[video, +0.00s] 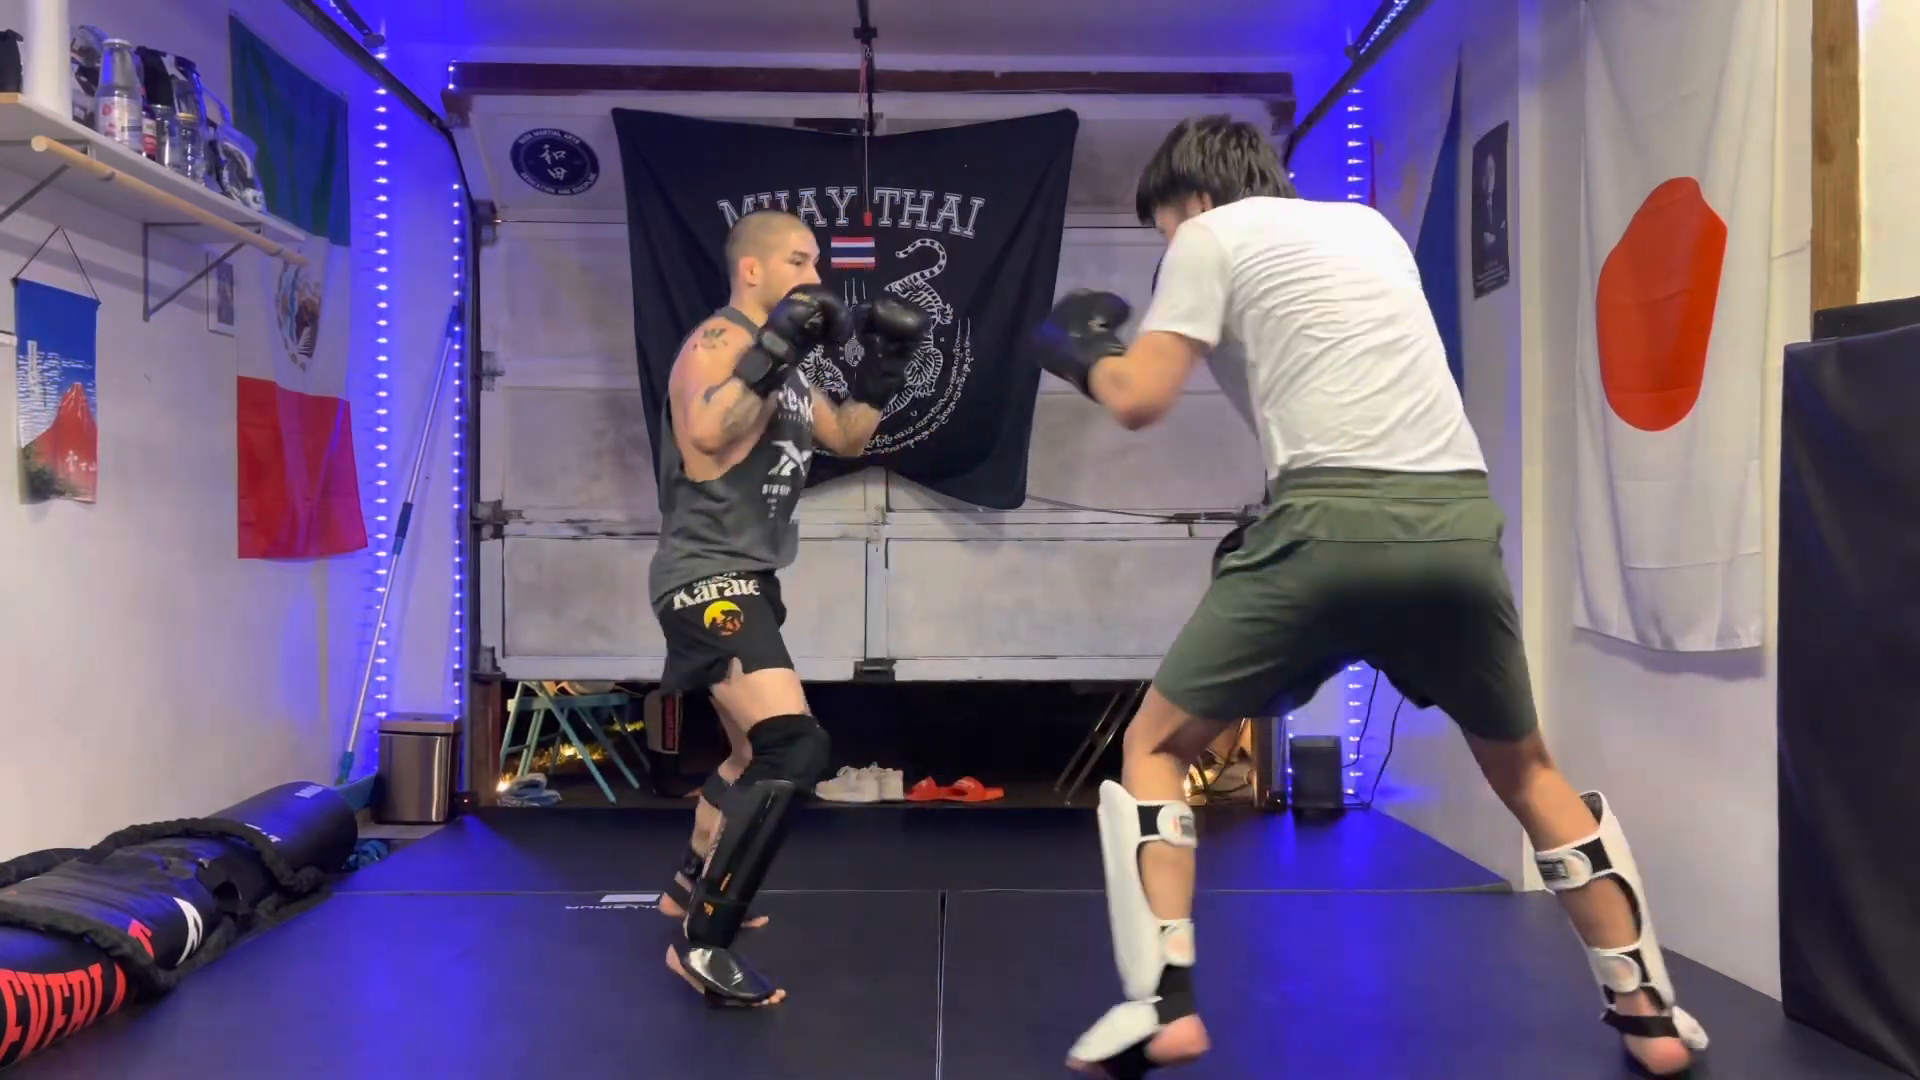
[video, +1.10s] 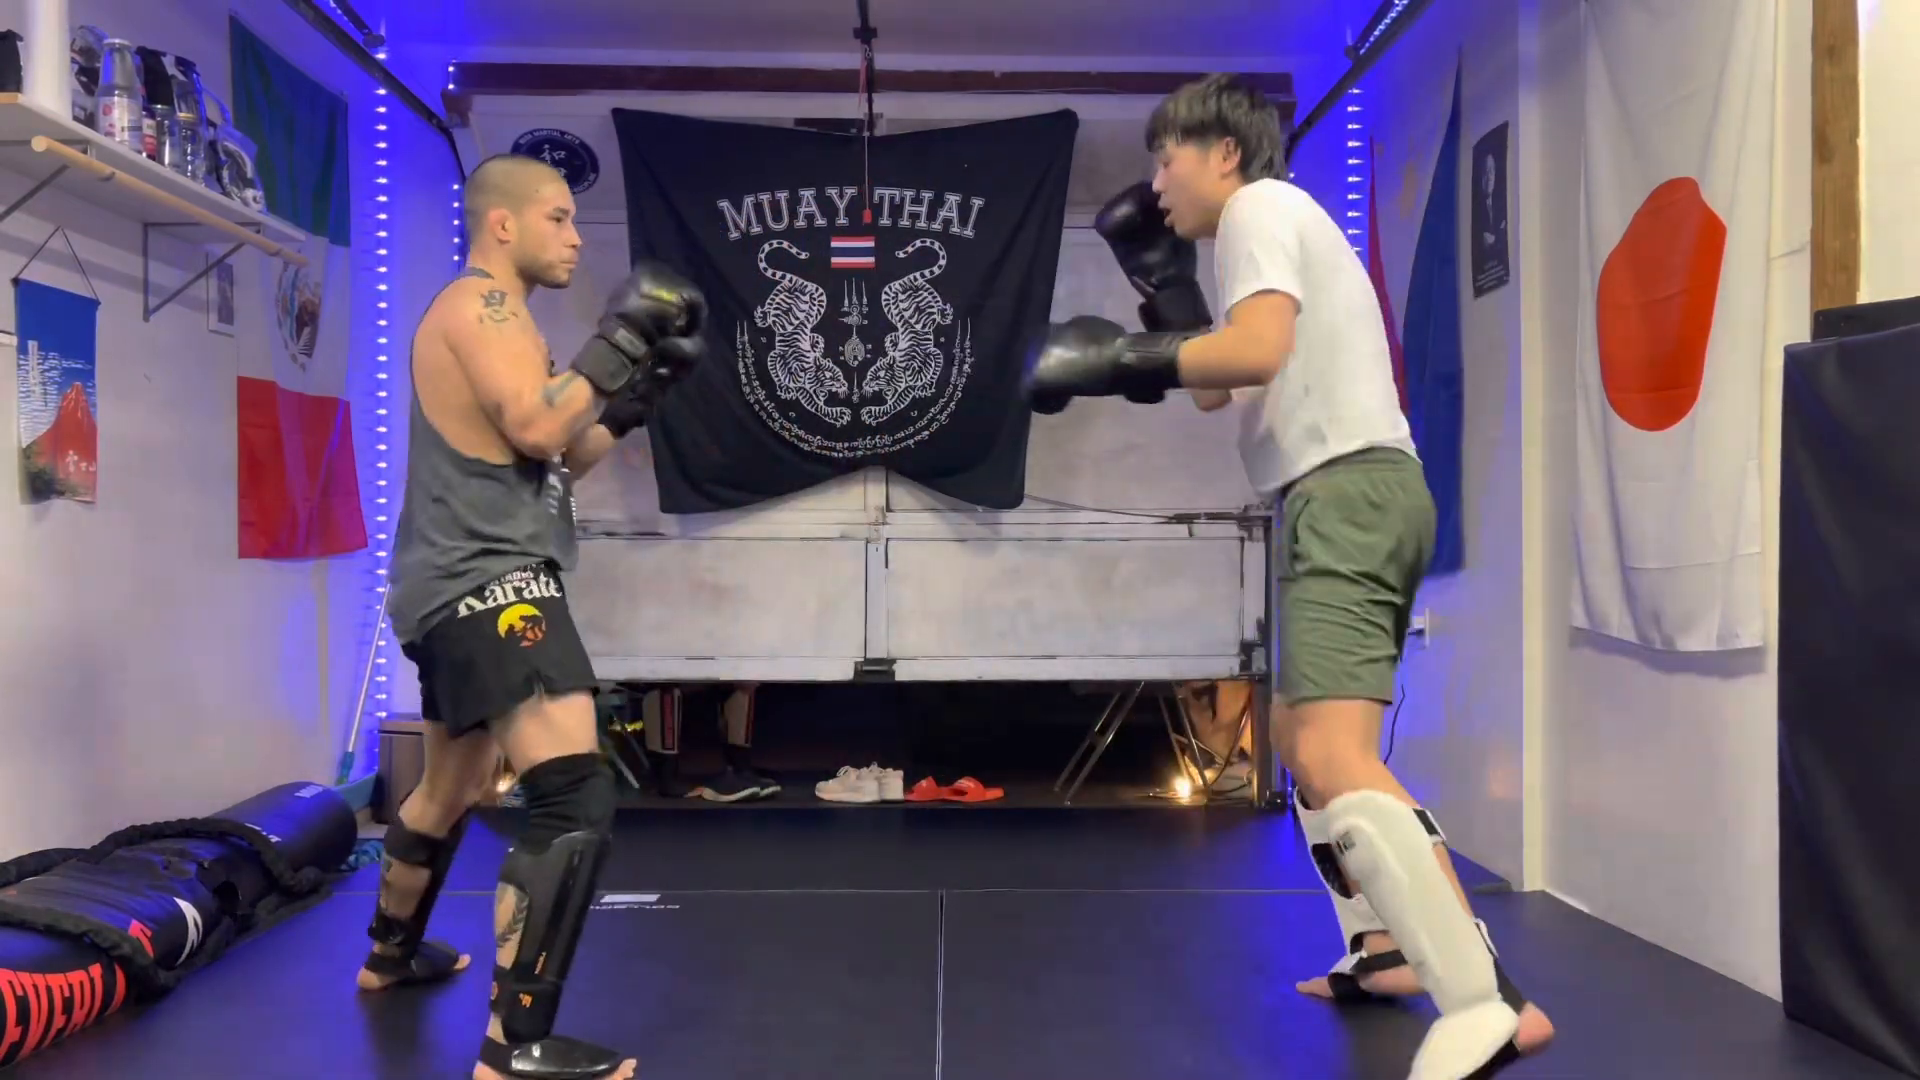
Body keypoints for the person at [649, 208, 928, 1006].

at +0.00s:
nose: (814, 275)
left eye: (816, 263)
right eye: (800, 261)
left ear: (803, 274)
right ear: (749, 269)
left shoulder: (782, 352)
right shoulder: (715, 343)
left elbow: (847, 435)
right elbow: (705, 440)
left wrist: (887, 363)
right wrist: (775, 352)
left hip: (741, 576)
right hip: (710, 576)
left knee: (754, 751)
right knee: (795, 747)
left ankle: (696, 881)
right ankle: (706, 943)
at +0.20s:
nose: (779, 281)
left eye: (779, 267)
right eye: (764, 265)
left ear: (723, 277)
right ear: (711, 272)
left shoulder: (722, 351)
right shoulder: (690, 340)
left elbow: (772, 453)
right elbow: (734, 417)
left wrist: (825, 386)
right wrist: (804, 327)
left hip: (674, 590)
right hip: (686, 591)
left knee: (701, 766)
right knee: (771, 773)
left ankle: (691, 900)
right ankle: (690, 967)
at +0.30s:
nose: (759, 286)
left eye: (756, 271)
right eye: (742, 269)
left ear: (686, 284)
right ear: (690, 278)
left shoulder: (666, 359)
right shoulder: (689, 343)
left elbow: (714, 451)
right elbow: (792, 336)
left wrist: (760, 417)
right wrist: (910, 284)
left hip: (613, 603)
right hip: (653, 605)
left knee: (667, 767)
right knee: (732, 802)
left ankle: (650, 906)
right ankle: (666, 1015)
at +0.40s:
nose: (734, 280)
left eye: (732, 265)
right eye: (720, 262)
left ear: (661, 276)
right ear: (666, 271)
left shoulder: (634, 354)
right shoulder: (663, 338)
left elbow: (693, 458)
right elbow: (755, 355)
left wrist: (746, 395)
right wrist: (866, 304)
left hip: (572, 609)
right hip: (617, 608)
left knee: (621, 762)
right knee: (714, 793)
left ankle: (540, 910)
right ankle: (663, 1019)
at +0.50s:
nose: (703, 271)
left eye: (702, 257)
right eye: (688, 255)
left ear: (634, 269)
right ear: (634, 260)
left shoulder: (628, 351)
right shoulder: (607, 336)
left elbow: (699, 447)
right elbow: (634, 418)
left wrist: (748, 370)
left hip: (539, 596)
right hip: (565, 595)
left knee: (550, 776)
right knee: (662, 789)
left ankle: (424, 913)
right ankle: (658, 1014)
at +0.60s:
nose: (664, 280)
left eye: (664, 266)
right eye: (649, 264)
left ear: (607, 277)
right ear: (593, 272)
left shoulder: (606, 369)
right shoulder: (553, 352)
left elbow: (682, 458)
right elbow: (508, 471)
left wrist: (730, 377)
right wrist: (618, 449)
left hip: (498, 602)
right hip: (517, 597)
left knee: (503, 791)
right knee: (621, 785)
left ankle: (397, 945)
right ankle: (653, 1009)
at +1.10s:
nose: (575, 236)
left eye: (573, 220)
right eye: (558, 219)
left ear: (503, 230)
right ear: (501, 224)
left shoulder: (498, 316)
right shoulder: (480, 304)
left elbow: (555, 460)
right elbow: (536, 427)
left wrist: (632, 400)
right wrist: (620, 345)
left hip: (458, 580)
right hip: (491, 577)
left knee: (448, 787)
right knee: (573, 797)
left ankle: (392, 951)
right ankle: (520, 1039)